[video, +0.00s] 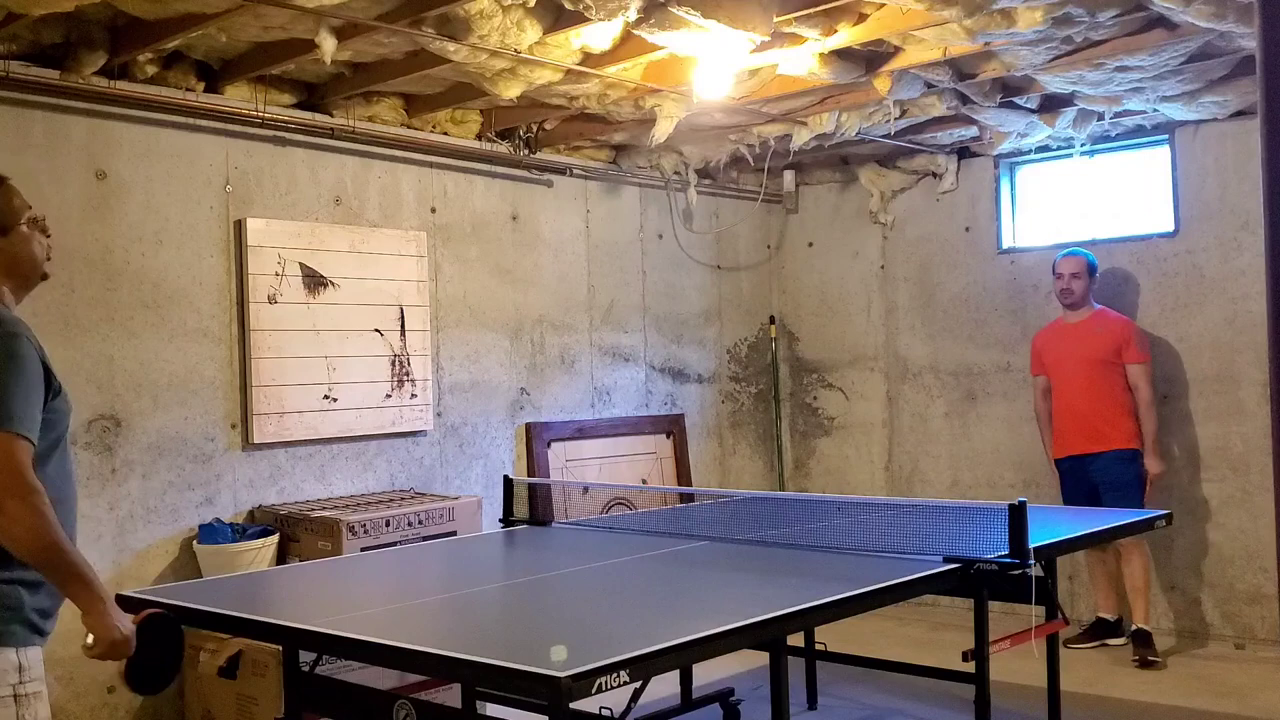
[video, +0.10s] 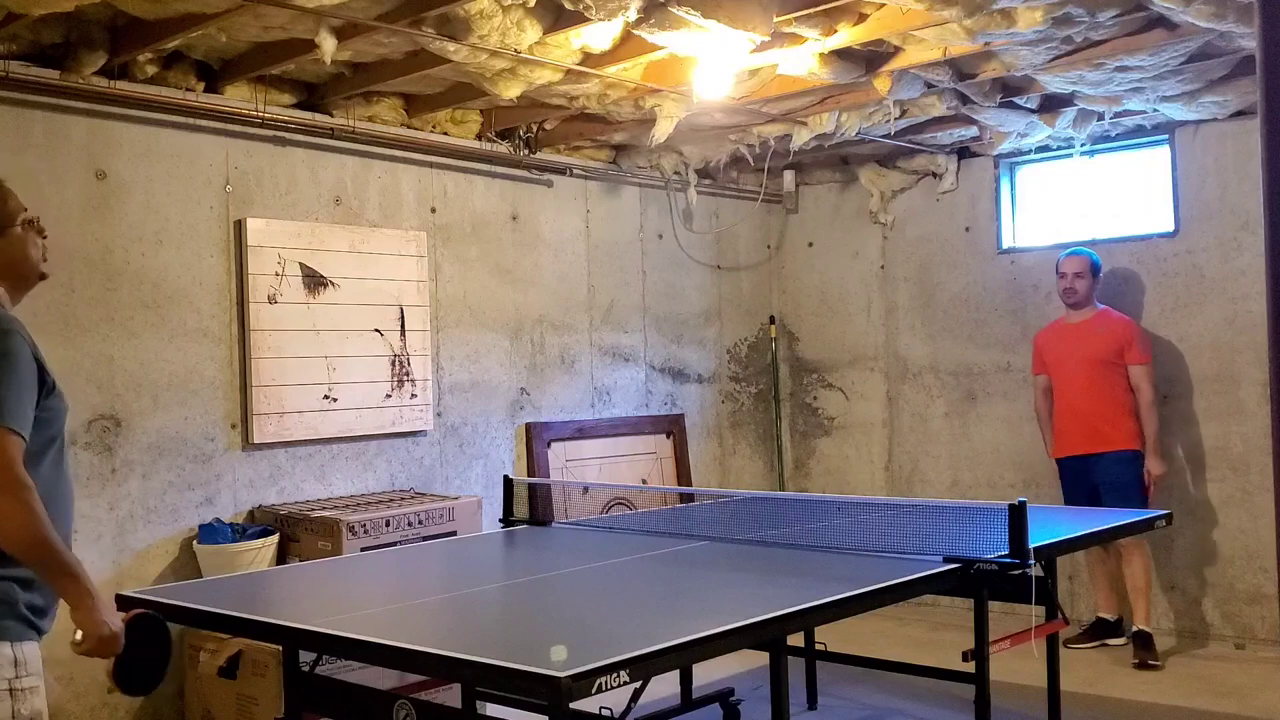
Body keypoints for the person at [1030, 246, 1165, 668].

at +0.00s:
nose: (1066, 284)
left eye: (1075, 276)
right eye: (1059, 276)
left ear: (1091, 281)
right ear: (1053, 282)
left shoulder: (1120, 327)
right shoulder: (1043, 339)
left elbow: (1142, 390)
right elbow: (1042, 401)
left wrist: (1151, 450)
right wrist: (1053, 452)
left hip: (1117, 449)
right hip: (1070, 455)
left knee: (1127, 538)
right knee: (1090, 542)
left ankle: (1140, 631)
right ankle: (1107, 622)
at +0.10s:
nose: (1069, 283)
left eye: (1079, 276)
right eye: (1063, 276)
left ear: (1095, 280)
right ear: (1056, 281)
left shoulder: (1124, 327)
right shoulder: (1045, 338)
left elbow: (1144, 391)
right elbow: (1042, 397)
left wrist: (1152, 451)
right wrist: (1053, 446)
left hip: (1119, 449)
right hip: (1071, 454)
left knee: (1128, 539)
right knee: (1090, 541)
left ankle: (1141, 632)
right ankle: (1107, 621)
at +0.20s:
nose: (1076, 282)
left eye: (1085, 275)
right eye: (1070, 275)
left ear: (1102, 280)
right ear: (1063, 280)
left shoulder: (1128, 328)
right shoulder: (1050, 336)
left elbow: (1149, 393)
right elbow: (1045, 391)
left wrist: (1157, 452)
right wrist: (1047, 435)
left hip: (1122, 451)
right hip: (1073, 455)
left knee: (1131, 540)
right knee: (1091, 542)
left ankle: (1142, 632)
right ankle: (1106, 621)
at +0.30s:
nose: (1084, 281)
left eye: (1094, 275)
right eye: (1079, 274)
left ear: (1112, 280)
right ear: (1071, 279)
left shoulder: (1135, 328)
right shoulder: (1059, 332)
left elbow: (1155, 396)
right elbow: (1052, 385)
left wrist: (1160, 454)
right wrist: (1046, 428)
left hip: (1125, 454)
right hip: (1075, 456)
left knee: (1135, 541)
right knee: (1092, 543)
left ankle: (1142, 633)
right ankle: (1106, 622)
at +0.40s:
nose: (1093, 281)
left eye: (1103, 274)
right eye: (1087, 273)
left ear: (1120, 279)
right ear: (1081, 277)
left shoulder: (1142, 329)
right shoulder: (1068, 331)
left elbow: (1162, 397)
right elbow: (1057, 383)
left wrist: (1160, 453)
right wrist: (1049, 423)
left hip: (1128, 454)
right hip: (1079, 455)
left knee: (1139, 542)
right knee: (1093, 544)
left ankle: (1143, 633)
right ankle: (1106, 621)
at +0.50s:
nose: (1105, 284)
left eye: (1114, 277)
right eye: (1099, 277)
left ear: (1131, 280)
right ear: (1091, 278)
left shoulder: (1152, 329)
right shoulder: (1076, 329)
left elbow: (1170, 397)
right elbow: (1062, 382)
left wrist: (1156, 445)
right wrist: (1054, 424)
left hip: (1135, 455)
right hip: (1084, 456)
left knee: (1146, 538)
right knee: (1088, 541)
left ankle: (1144, 631)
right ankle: (1105, 618)